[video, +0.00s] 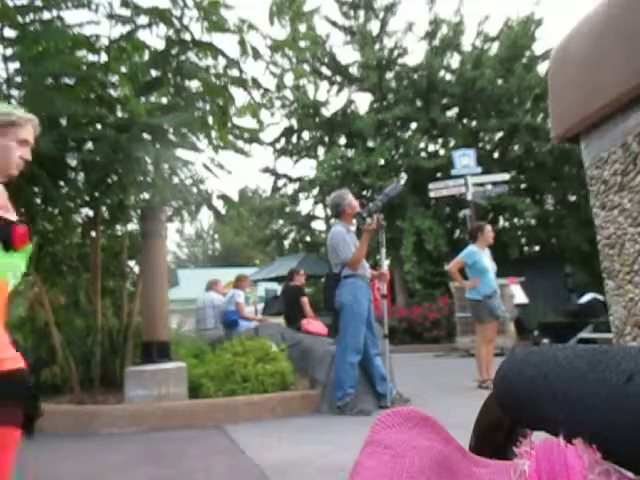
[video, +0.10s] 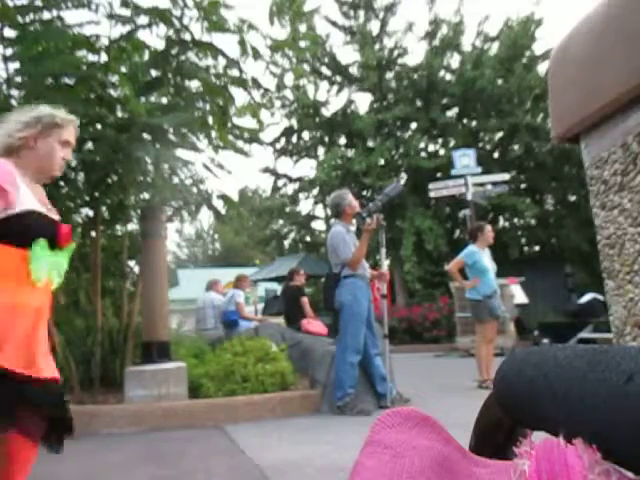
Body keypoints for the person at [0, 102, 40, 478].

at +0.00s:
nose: (27, 155)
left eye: (29, 147)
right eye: (21, 144)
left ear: (24, 150)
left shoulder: (8, 199)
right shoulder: (1, 199)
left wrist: (11, 356)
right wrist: (13, 362)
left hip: (4, 333)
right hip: (2, 334)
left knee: (19, 388)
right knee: (15, 384)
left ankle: (8, 470)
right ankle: (6, 472)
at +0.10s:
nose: (69, 158)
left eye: (71, 150)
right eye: (64, 146)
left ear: (36, 143)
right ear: (33, 140)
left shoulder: (39, 194)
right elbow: (14, 225)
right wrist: (54, 234)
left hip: (33, 350)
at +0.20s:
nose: (110, 157)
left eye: (112, 149)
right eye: (106, 145)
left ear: (81, 143)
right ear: (76, 139)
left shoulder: (75, 192)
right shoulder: (36, 175)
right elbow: (2, 224)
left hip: (57, 336)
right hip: (23, 334)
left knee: (40, 445)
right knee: (16, 427)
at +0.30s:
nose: (151, 151)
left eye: (153, 143)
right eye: (147, 140)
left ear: (125, 139)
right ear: (119, 135)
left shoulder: (116, 187)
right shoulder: (87, 168)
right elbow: (36, 208)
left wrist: (121, 285)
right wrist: (10, 225)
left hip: (84, 303)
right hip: (65, 300)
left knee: (63, 407)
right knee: (134, 382)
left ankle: (24, 475)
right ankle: (85, 475)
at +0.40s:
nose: (194, 142)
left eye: (195, 133)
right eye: (191, 130)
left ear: (164, 129)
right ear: (165, 127)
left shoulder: (158, 173)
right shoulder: (134, 160)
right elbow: (85, 197)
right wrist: (31, 237)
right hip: (129, 295)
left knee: (91, 400)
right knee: (190, 385)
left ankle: (31, 473)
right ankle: (211, 472)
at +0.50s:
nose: (239, 141)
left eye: (240, 133)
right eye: (235, 131)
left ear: (213, 128)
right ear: (210, 126)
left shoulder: (204, 172)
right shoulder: (184, 162)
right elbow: (141, 199)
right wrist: (95, 241)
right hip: (184, 300)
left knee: (172, 400)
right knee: (235, 388)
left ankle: (85, 456)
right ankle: (237, 473)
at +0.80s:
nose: (359, 139)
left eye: (359, 131)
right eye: (356, 130)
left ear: (329, 128)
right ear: (337, 125)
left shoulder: (303, 164)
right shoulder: (326, 158)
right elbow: (307, 201)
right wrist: (297, 244)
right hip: (336, 298)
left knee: (320, 395)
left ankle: (262, 455)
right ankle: (402, 457)